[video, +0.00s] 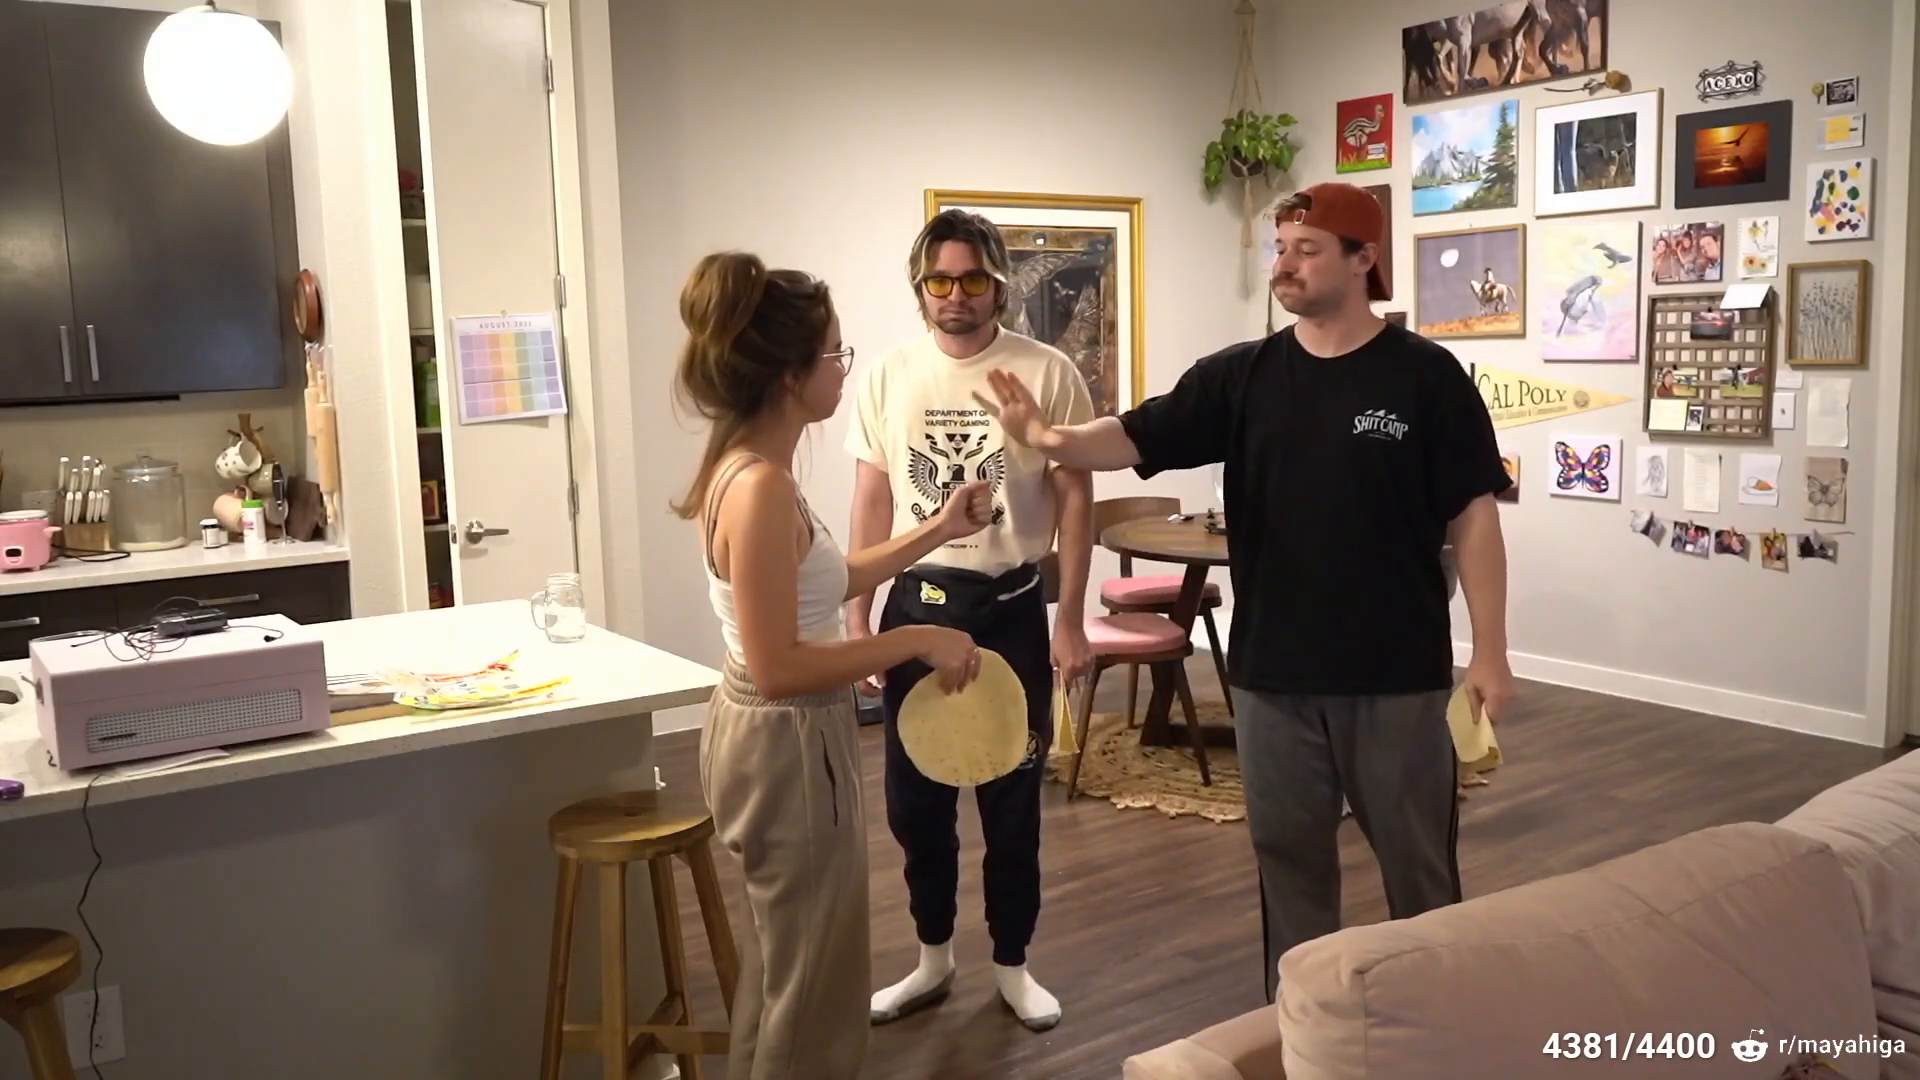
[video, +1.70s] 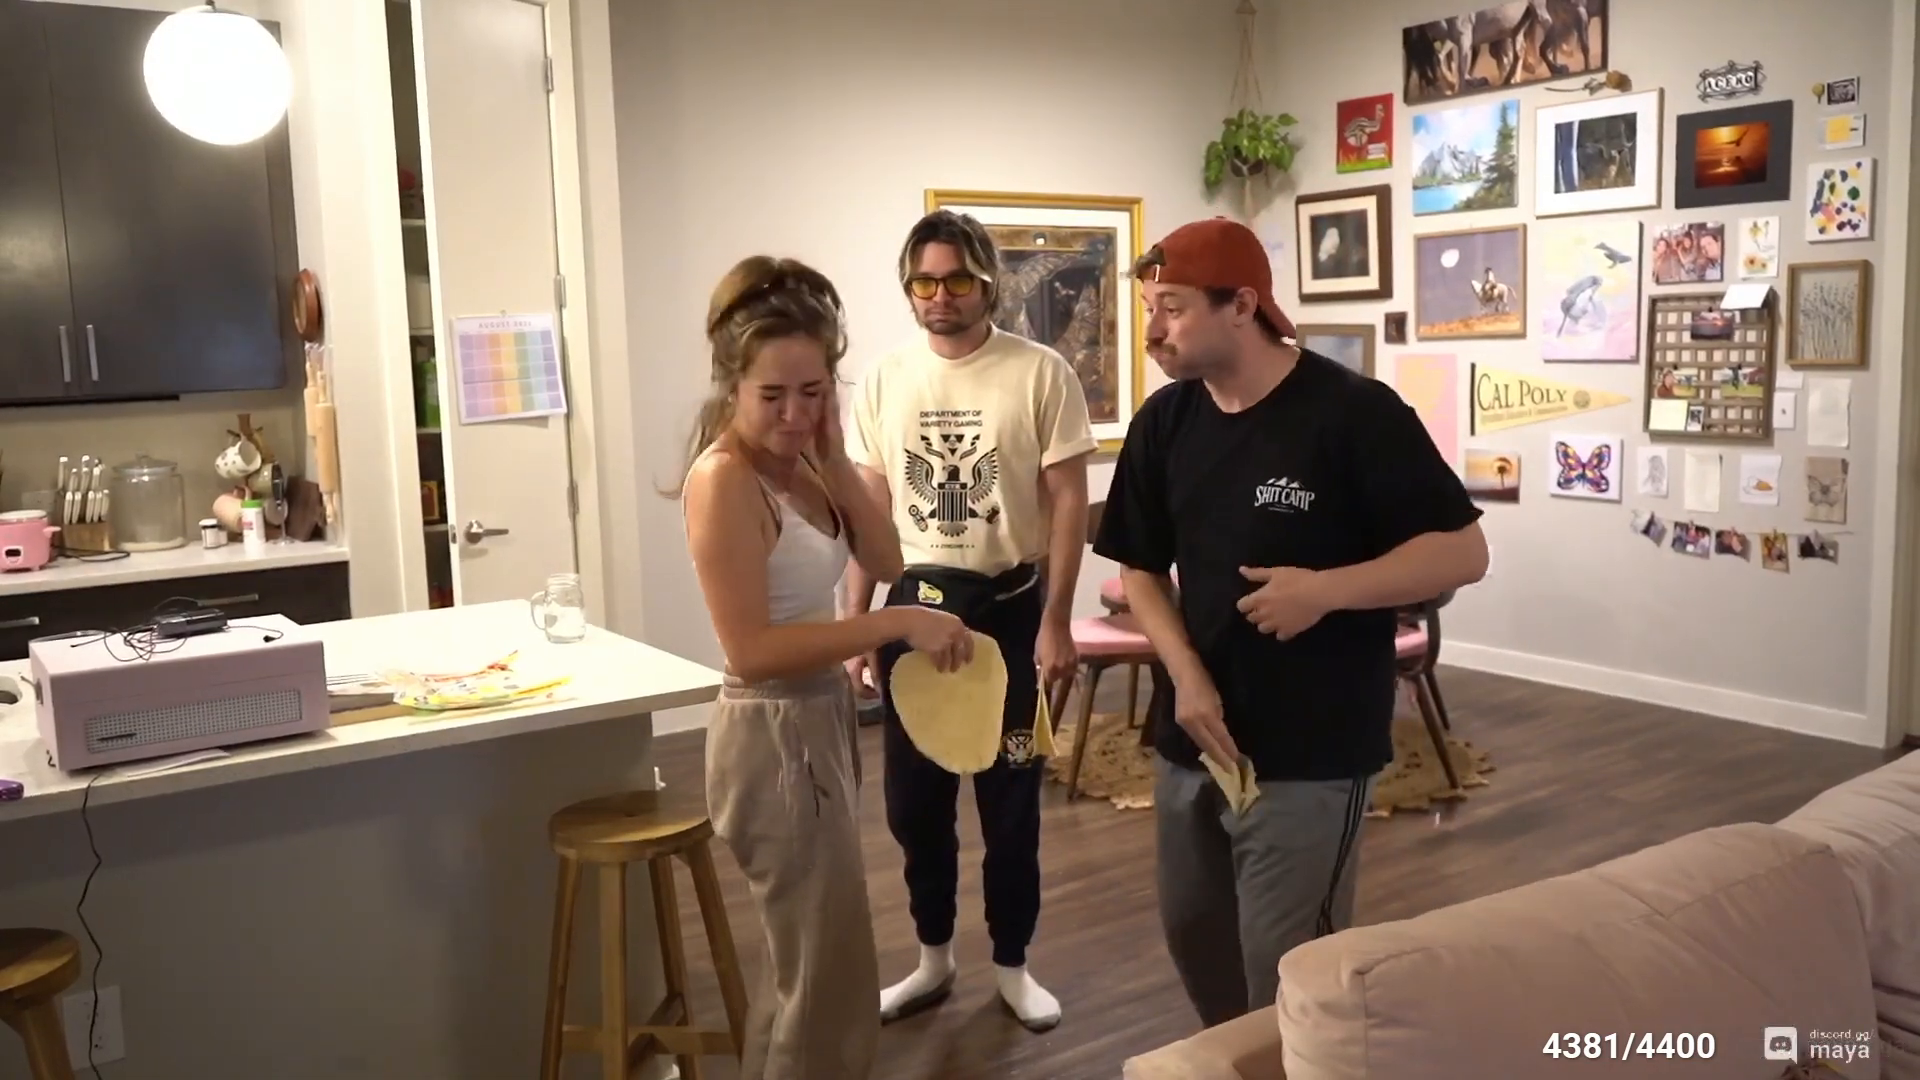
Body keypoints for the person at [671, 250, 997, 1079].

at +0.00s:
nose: (846, 367)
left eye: (841, 352)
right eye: (835, 355)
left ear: (778, 377)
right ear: (787, 376)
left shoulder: (751, 468)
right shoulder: (757, 487)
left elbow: (825, 583)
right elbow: (776, 668)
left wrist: (936, 530)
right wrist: (920, 641)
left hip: (773, 732)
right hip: (786, 746)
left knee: (786, 968)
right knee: (813, 981)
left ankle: (763, 1073)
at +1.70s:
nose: (796, 413)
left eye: (812, 390)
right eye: (774, 394)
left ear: (831, 377)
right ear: (734, 384)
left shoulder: (804, 462)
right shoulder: (723, 479)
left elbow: (883, 555)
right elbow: (749, 649)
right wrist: (895, 623)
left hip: (820, 724)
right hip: (771, 737)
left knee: (837, 971)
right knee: (822, 981)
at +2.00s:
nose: (704, 431)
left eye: (719, 406)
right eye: (683, 415)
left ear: (768, 395)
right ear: (666, 415)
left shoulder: (816, 462)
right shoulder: (665, 497)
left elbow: (831, 621)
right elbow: (669, 660)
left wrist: (765, 491)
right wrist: (783, 649)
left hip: (817, 731)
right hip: (715, 743)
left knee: (826, 988)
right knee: (774, 1010)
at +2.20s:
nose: (616, 488)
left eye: (634, 463)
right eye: (603, 466)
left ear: (703, 451)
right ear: (595, 457)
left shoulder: (777, 497)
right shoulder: (617, 534)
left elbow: (759, 670)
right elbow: (625, 682)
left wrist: (698, 541)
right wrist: (689, 710)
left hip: (804, 753)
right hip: (688, 764)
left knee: (813, 1005)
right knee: (712, 1030)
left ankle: (799, 1076)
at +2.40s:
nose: (538, 583)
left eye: (551, 562)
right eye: (524, 563)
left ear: (624, 540)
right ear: (515, 544)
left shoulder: (715, 559)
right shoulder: (558, 595)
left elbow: (704, 740)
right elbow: (592, 722)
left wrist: (629, 624)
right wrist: (606, 803)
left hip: (783, 766)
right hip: (670, 770)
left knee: (812, 1036)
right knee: (668, 1040)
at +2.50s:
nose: (515, 637)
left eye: (525, 615)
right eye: (502, 618)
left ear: (597, 586)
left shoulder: (703, 591)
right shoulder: (546, 627)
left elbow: (728, 766)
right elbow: (563, 750)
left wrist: (617, 671)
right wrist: (557, 847)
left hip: (772, 789)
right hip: (653, 791)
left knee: (806, 1047)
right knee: (643, 1040)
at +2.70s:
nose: (526, 727)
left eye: (534, 704)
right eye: (511, 708)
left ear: (603, 664)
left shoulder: (704, 649)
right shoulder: (537, 691)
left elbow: (772, 804)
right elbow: (541, 810)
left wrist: (672, 773)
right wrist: (463, 916)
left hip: (768, 823)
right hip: (657, 826)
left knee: (787, 1057)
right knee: (650, 1059)